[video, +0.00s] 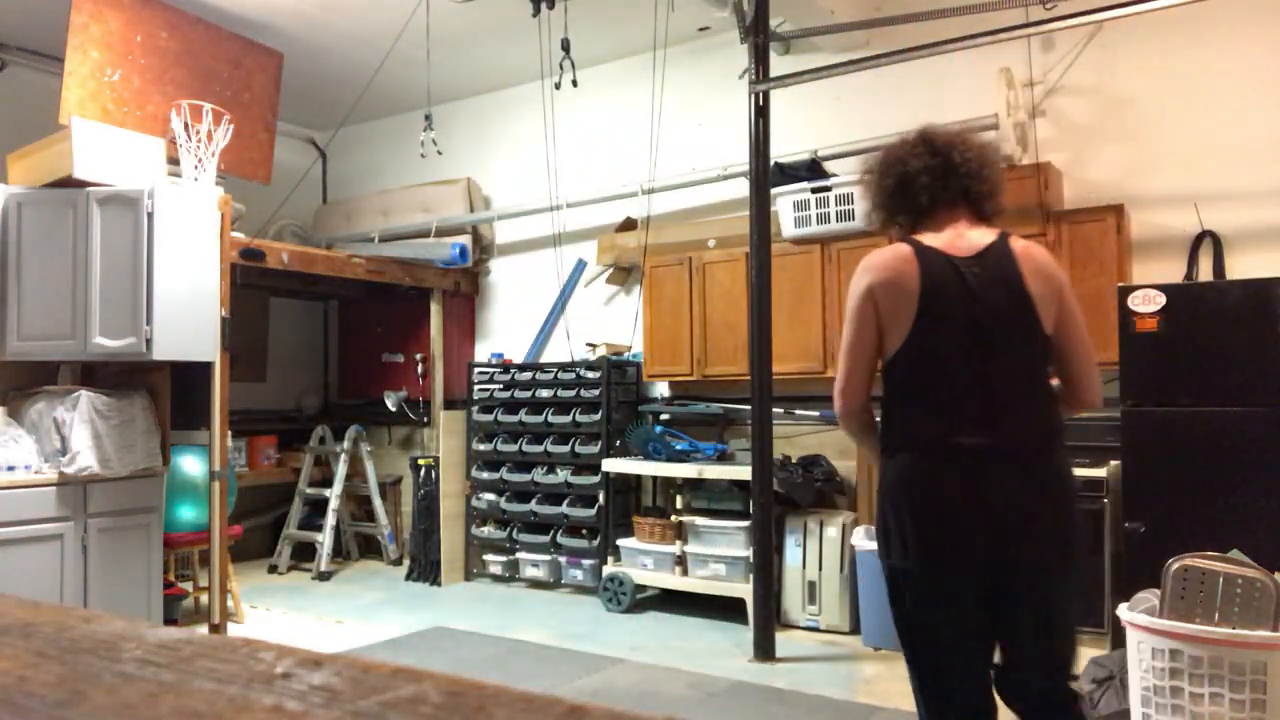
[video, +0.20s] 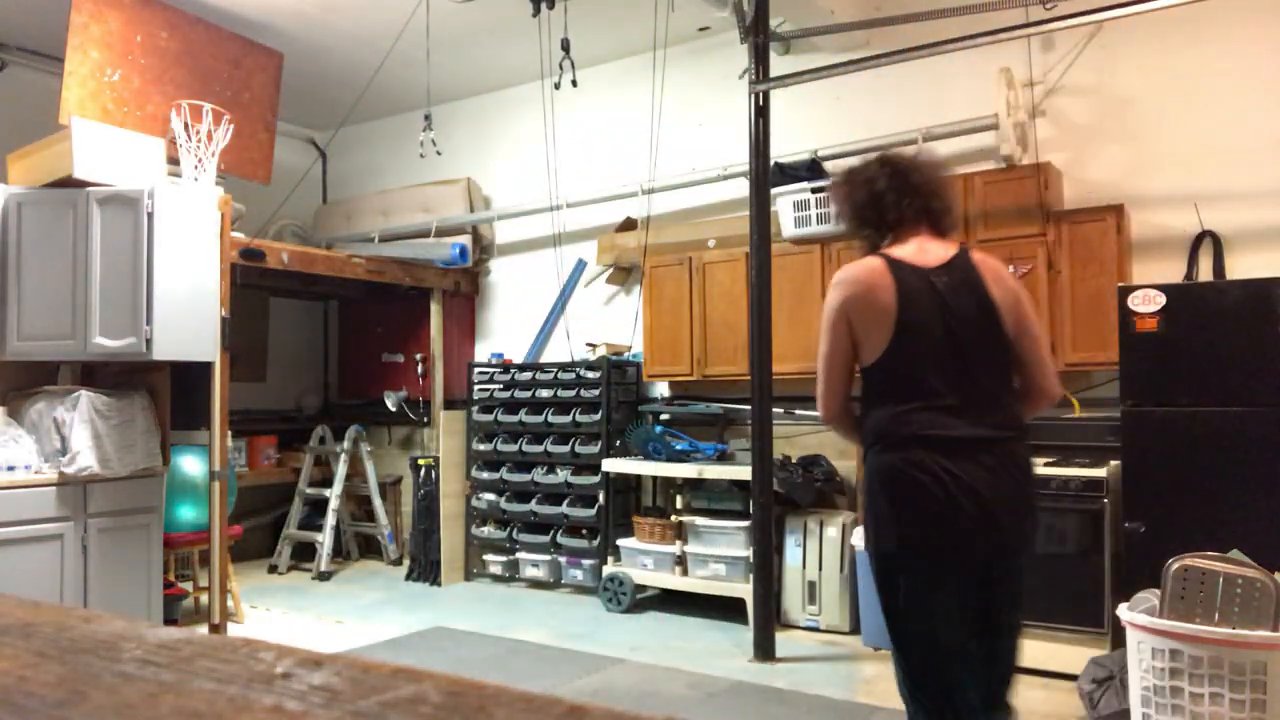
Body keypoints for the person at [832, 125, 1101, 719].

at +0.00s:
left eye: (889, 206)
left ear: (898, 205)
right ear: (980, 190)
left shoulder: (883, 272)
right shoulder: (1036, 262)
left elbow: (850, 405)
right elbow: (1084, 394)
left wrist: (892, 444)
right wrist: (1019, 395)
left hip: (929, 510)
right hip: (1034, 501)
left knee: (952, 696)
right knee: (1041, 683)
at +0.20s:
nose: (849, 229)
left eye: (854, 218)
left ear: (869, 218)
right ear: (934, 206)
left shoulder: (856, 283)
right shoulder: (994, 273)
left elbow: (832, 408)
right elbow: (1045, 387)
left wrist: (889, 437)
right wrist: (981, 419)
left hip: (910, 486)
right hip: (1001, 481)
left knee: (933, 682)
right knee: (989, 679)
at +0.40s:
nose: (814, 241)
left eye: (818, 231)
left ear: (831, 236)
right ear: (897, 229)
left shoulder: (823, 302)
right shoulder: (943, 293)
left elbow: (802, 420)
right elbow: (997, 395)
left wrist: (849, 462)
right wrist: (946, 440)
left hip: (875, 489)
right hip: (953, 484)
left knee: (902, 678)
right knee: (922, 672)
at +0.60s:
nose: (780, 241)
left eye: (787, 232)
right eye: (783, 230)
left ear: (800, 244)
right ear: (853, 243)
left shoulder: (794, 306)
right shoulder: (879, 305)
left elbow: (770, 417)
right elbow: (922, 399)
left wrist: (793, 472)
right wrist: (874, 435)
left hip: (837, 489)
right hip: (907, 483)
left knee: (812, 632)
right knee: (886, 640)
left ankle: (876, 712)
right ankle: (890, 715)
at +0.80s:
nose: (734, 235)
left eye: (741, 225)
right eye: (737, 224)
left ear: (757, 236)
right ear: (797, 240)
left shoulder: (761, 295)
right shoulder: (814, 300)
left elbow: (739, 395)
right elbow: (801, 399)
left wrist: (726, 449)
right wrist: (753, 449)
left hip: (799, 479)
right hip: (854, 474)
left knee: (756, 611)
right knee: (854, 626)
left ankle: (750, 711)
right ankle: (881, 714)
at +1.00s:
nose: (692, 255)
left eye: (699, 247)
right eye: (695, 246)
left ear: (719, 255)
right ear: (750, 259)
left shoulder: (718, 314)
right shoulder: (762, 318)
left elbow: (675, 403)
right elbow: (741, 417)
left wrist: (658, 454)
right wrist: (677, 444)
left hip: (743, 489)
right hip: (789, 484)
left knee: (699, 615)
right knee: (769, 610)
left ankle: (702, 715)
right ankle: (846, 690)